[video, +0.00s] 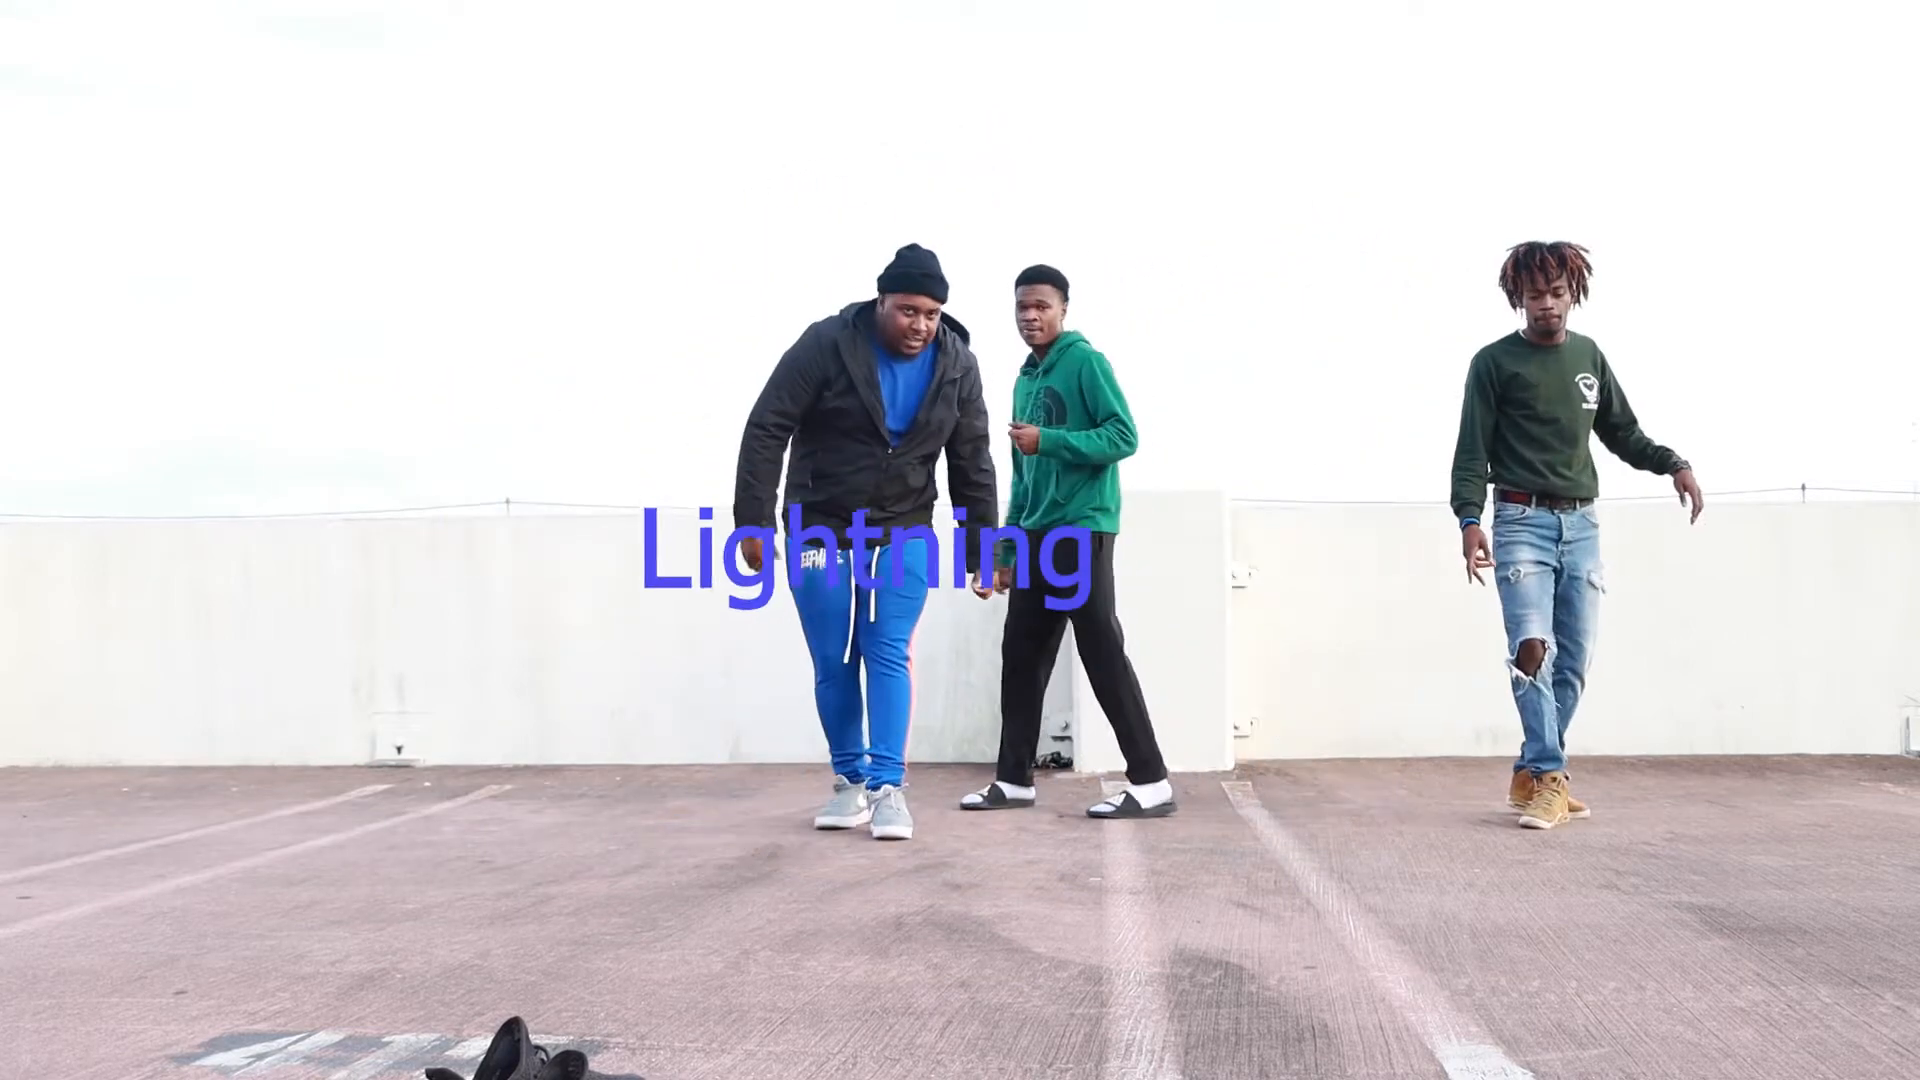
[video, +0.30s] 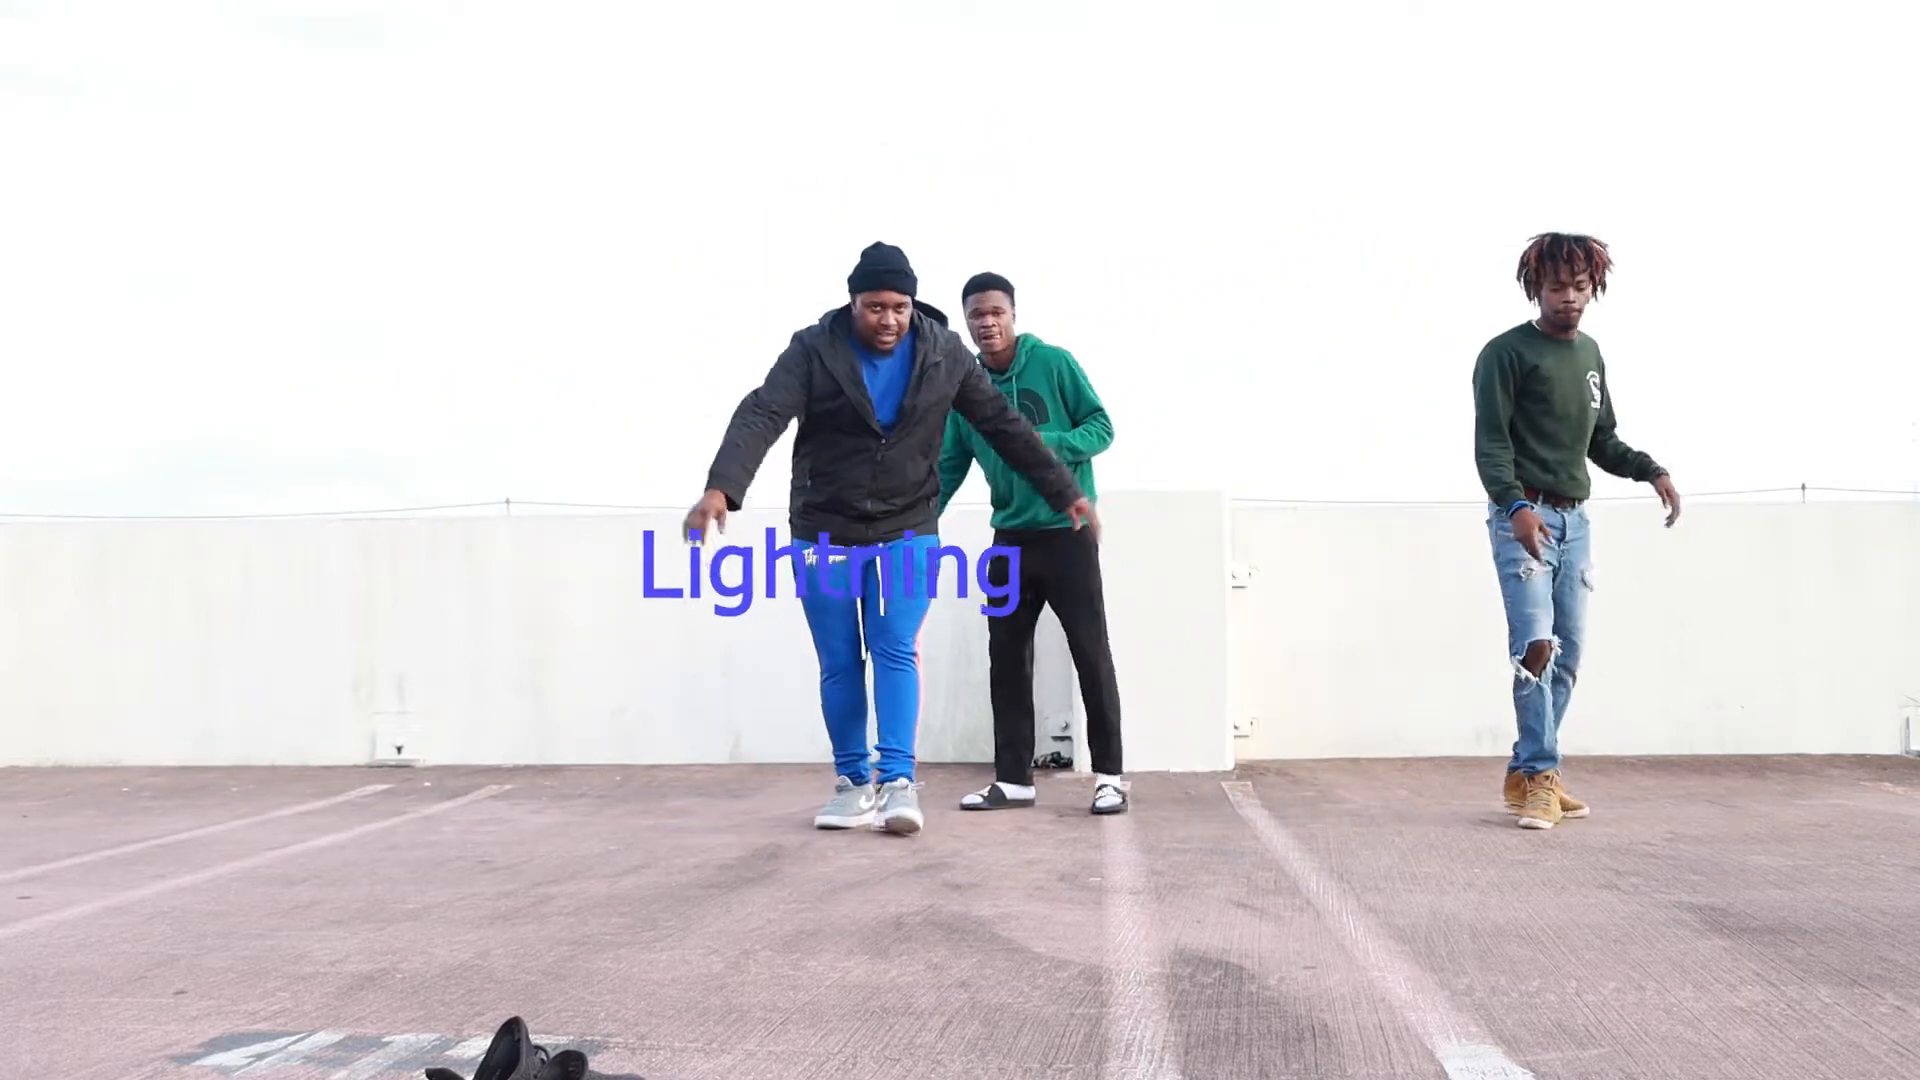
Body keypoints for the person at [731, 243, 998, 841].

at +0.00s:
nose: (921, 326)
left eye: (932, 314)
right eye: (909, 311)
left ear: (942, 311)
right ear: (880, 300)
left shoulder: (955, 360)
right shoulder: (826, 344)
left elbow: (973, 458)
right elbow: (766, 428)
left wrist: (983, 549)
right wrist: (753, 521)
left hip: (902, 521)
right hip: (820, 521)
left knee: (887, 648)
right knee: (832, 659)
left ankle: (887, 789)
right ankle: (850, 782)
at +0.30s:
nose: (887, 319)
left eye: (898, 307)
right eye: (875, 307)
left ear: (912, 303)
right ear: (852, 301)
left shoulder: (943, 352)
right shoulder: (814, 351)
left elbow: (1001, 420)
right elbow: (762, 413)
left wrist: (1065, 490)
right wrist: (722, 487)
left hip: (906, 528)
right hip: (825, 530)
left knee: (895, 649)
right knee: (839, 663)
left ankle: (896, 784)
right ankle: (852, 784)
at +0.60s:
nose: (892, 292)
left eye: (902, 281)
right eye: (879, 280)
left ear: (917, 282)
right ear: (858, 280)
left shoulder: (948, 333)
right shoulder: (819, 331)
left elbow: (1024, 366)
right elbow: (752, 363)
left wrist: (1105, 395)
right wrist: (680, 391)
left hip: (921, 525)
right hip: (835, 526)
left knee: (917, 648)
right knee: (848, 662)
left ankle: (926, 788)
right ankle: (854, 787)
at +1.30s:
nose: (911, 255)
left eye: (922, 247)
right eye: (898, 245)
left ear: (936, 261)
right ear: (875, 256)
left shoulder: (969, 315)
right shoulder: (835, 307)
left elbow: (1036, 331)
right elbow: (765, 340)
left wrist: (1096, 312)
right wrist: (732, 316)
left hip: (941, 508)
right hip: (853, 506)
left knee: (933, 661)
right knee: (860, 654)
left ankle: (925, 798)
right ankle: (850, 804)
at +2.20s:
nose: (915, 286)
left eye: (927, 274)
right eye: (903, 275)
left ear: (947, 267)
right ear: (887, 269)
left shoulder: (986, 314)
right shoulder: (854, 314)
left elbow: (1052, 374)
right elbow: (785, 378)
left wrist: (1041, 387)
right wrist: (817, 379)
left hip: (955, 509)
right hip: (869, 505)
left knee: (941, 655)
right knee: (869, 643)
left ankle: (925, 796)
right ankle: (855, 791)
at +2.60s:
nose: (910, 276)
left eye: (919, 265)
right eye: (897, 267)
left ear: (932, 266)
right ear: (873, 269)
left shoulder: (964, 317)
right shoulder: (841, 317)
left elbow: (984, 396)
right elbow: (827, 389)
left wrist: (954, 329)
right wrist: (906, 372)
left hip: (942, 514)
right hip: (856, 516)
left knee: (932, 656)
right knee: (861, 659)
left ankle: (925, 793)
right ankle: (867, 783)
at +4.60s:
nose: (860, 207)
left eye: (871, 194)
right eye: (847, 202)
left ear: (900, 203)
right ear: (835, 222)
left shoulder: (956, 262)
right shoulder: (814, 288)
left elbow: (988, 339)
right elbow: (790, 382)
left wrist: (910, 321)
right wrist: (866, 343)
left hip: (962, 488)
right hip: (862, 498)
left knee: (978, 644)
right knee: (892, 663)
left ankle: (953, 776)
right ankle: (907, 822)